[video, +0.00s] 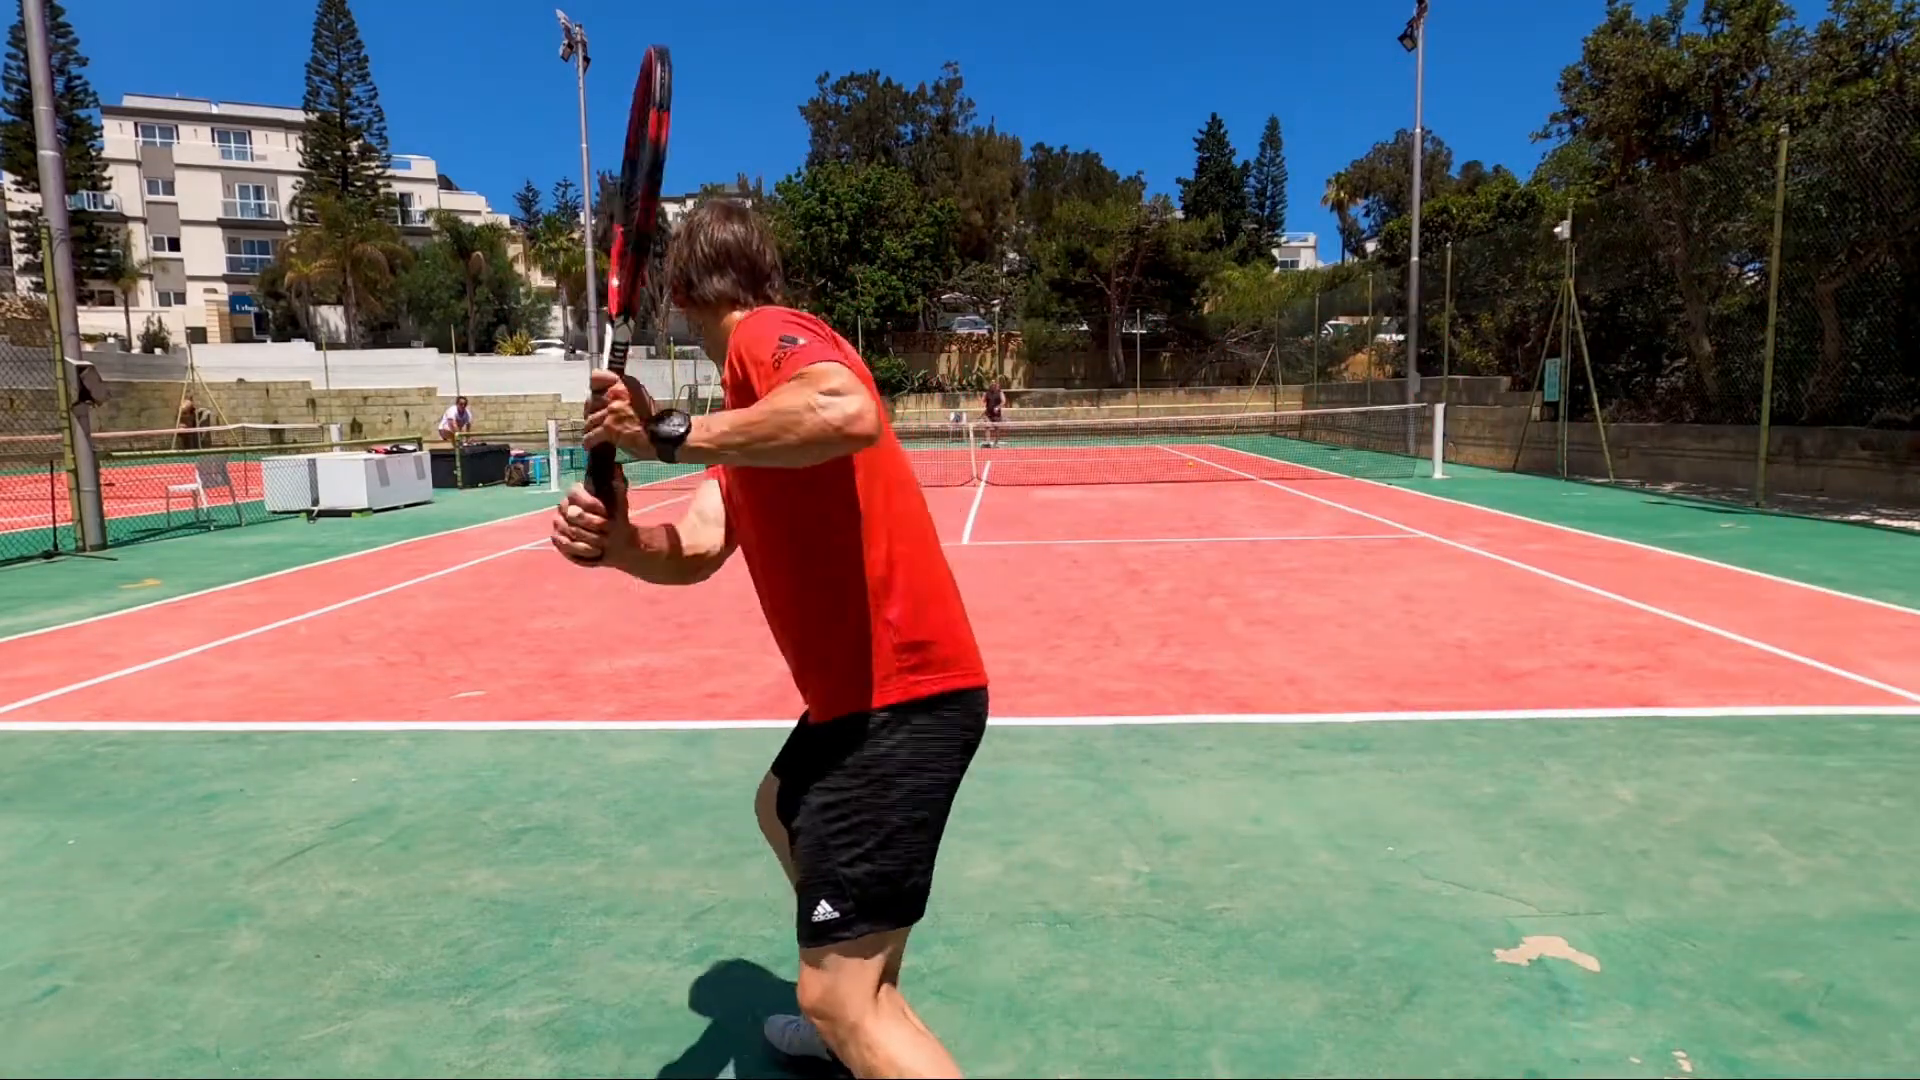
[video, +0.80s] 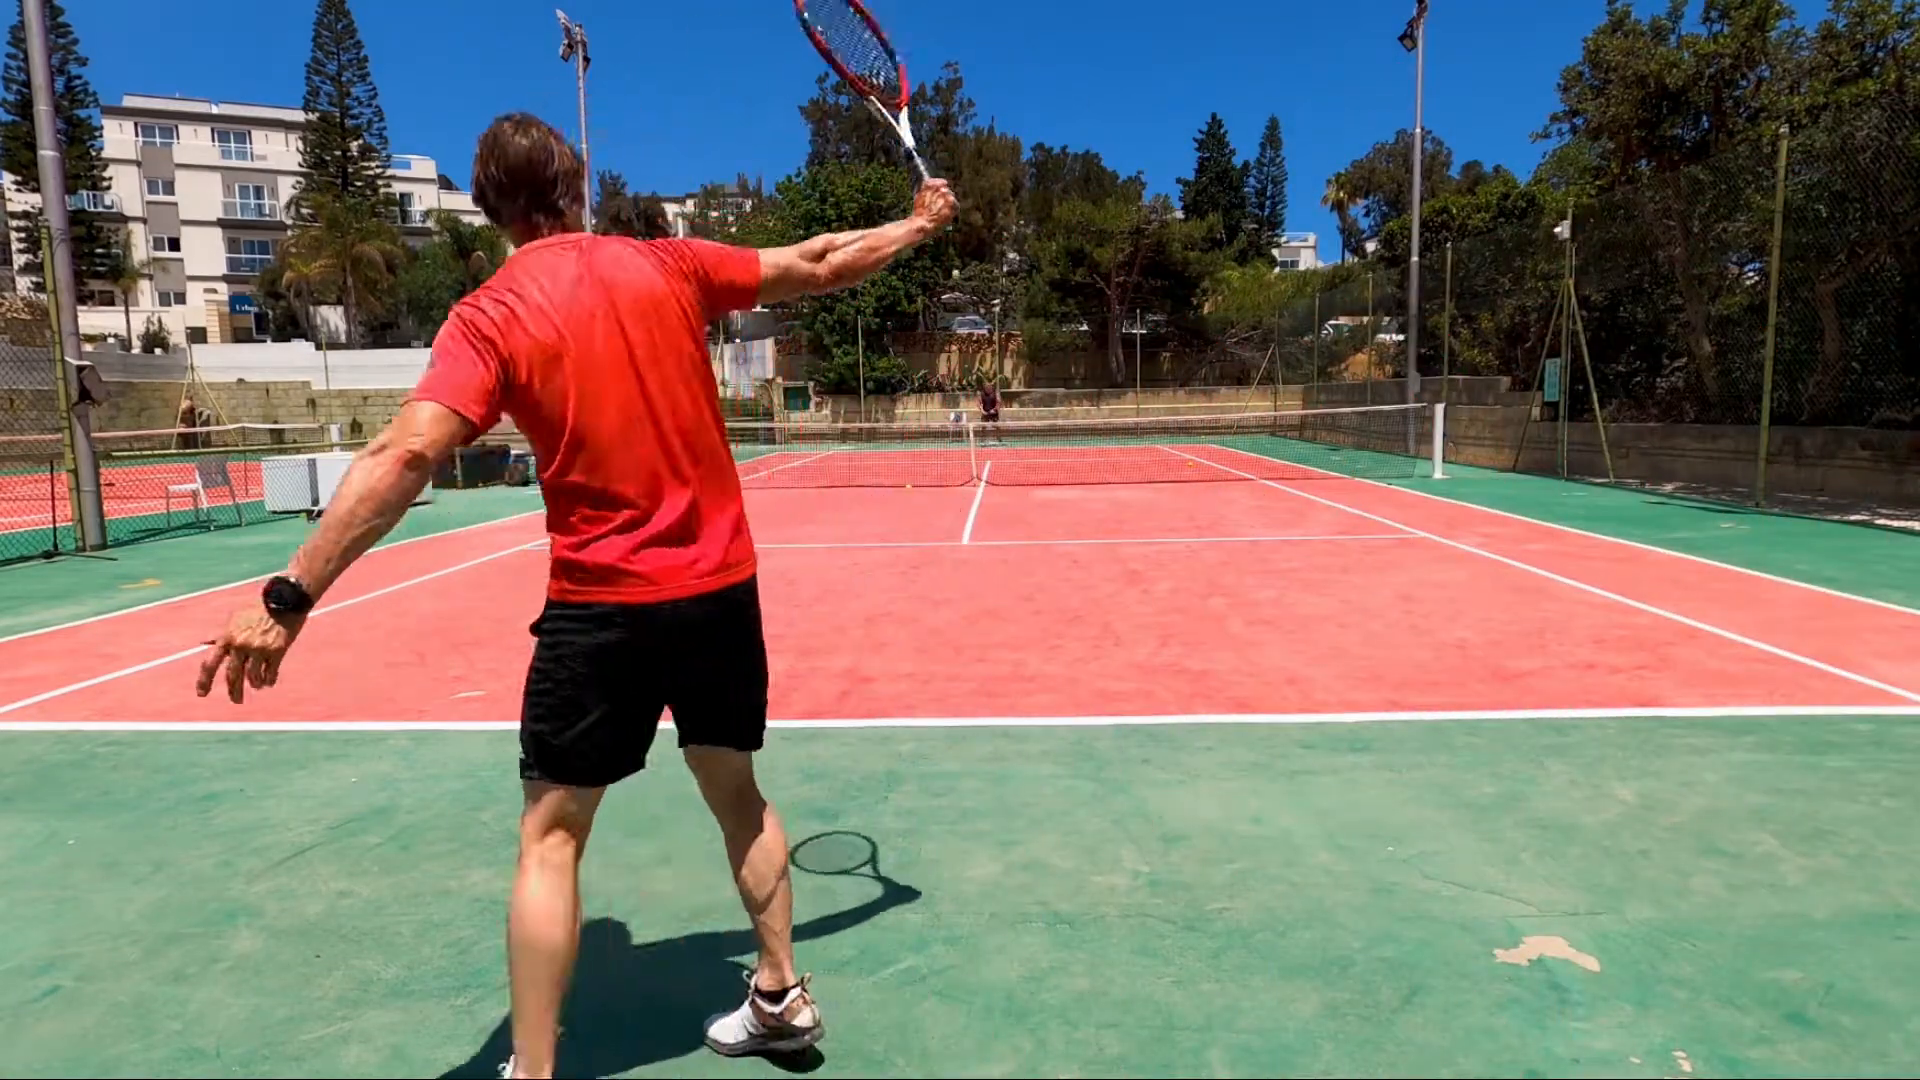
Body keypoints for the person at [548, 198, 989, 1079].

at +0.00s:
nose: (673, 307)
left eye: (671, 287)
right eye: (674, 290)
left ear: (685, 285)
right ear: (759, 269)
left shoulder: (766, 331)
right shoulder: (751, 388)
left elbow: (847, 408)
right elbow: (698, 541)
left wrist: (667, 434)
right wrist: (621, 544)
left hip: (910, 687)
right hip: (860, 686)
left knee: (843, 996)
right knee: (785, 809)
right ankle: (858, 1022)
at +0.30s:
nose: (603, 281)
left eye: (603, 262)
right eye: (603, 263)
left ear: (622, 258)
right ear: (685, 246)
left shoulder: (711, 320)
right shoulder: (657, 358)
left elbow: (822, 441)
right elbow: (610, 467)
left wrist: (720, 550)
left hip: (792, 639)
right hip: (740, 638)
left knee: (794, 926)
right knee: (720, 805)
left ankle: (893, 1068)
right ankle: (789, 1014)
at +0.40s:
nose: (587, 214)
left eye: (585, 198)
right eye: (588, 199)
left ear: (601, 194)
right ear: (680, 183)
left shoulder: (637, 269)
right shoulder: (734, 262)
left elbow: (702, 417)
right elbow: (693, 417)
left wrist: (682, 590)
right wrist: (615, 499)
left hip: (737, 589)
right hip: (801, 581)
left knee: (762, 856)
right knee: (769, 817)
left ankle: (923, 1065)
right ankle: (785, 1006)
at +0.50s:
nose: (561, 179)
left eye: (558, 165)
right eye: (564, 165)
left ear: (570, 162)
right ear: (658, 148)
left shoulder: (596, 242)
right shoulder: (729, 239)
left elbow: (630, 384)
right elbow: (750, 396)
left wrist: (585, 551)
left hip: (683, 567)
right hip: (776, 558)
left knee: (717, 825)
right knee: (766, 781)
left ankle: (902, 997)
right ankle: (778, 992)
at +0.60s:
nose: (531, 193)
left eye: (529, 180)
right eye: (533, 180)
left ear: (546, 181)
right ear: (628, 163)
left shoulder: (572, 263)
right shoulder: (712, 236)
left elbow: (568, 376)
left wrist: (467, 535)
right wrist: (864, 172)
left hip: (651, 581)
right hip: (752, 572)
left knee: (665, 820)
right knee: (748, 774)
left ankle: (824, 999)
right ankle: (782, 1000)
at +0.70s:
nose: (514, 214)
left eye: (513, 201)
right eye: (519, 199)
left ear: (526, 202)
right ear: (606, 179)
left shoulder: (543, 289)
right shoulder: (692, 251)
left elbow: (488, 412)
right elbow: (817, 213)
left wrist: (360, 551)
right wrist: (902, 146)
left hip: (629, 598)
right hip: (738, 585)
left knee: (599, 825)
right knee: (743, 787)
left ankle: (692, 1057)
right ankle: (790, 997)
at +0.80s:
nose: (499, 211)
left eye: (490, 200)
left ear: (496, 209)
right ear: (578, 185)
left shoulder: (496, 309)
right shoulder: (670, 261)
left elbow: (405, 457)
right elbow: (811, 266)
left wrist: (285, 599)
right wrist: (919, 222)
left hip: (601, 602)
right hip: (720, 588)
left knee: (554, 833)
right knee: (739, 789)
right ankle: (783, 995)